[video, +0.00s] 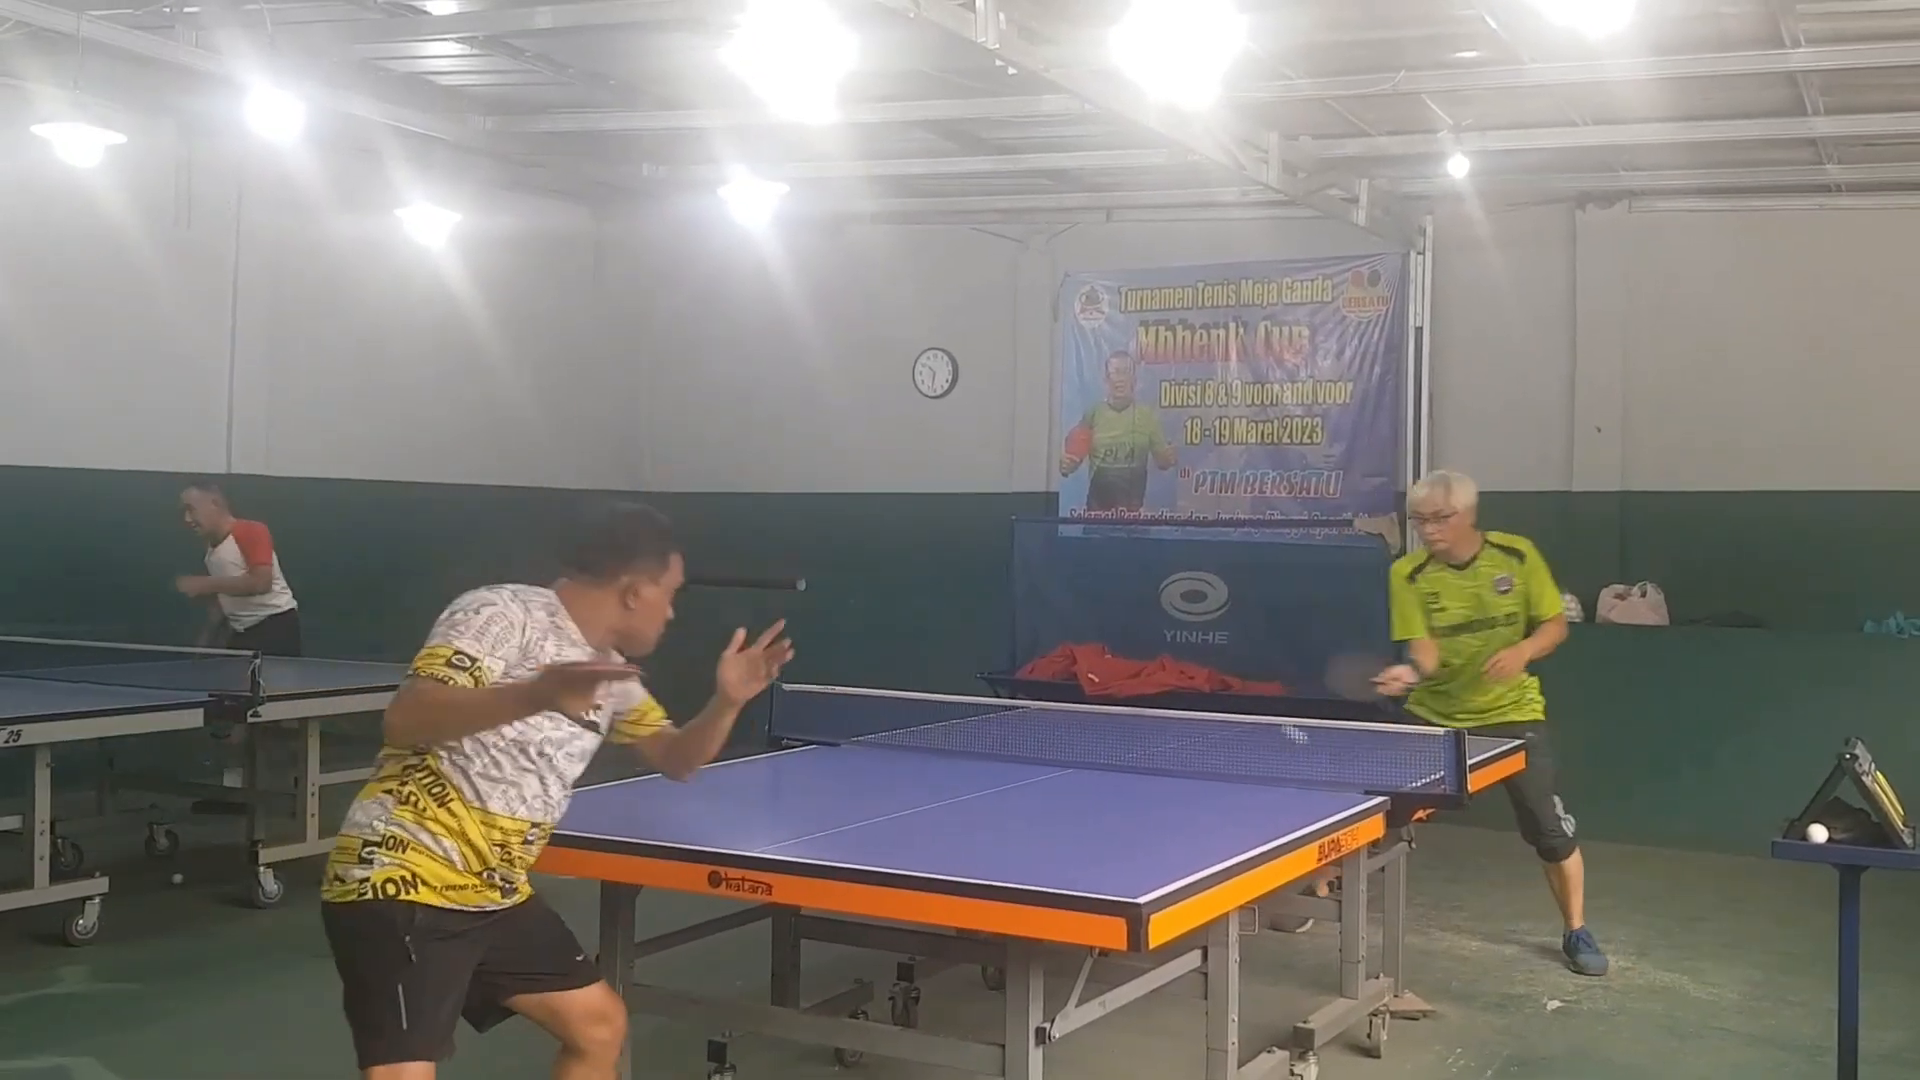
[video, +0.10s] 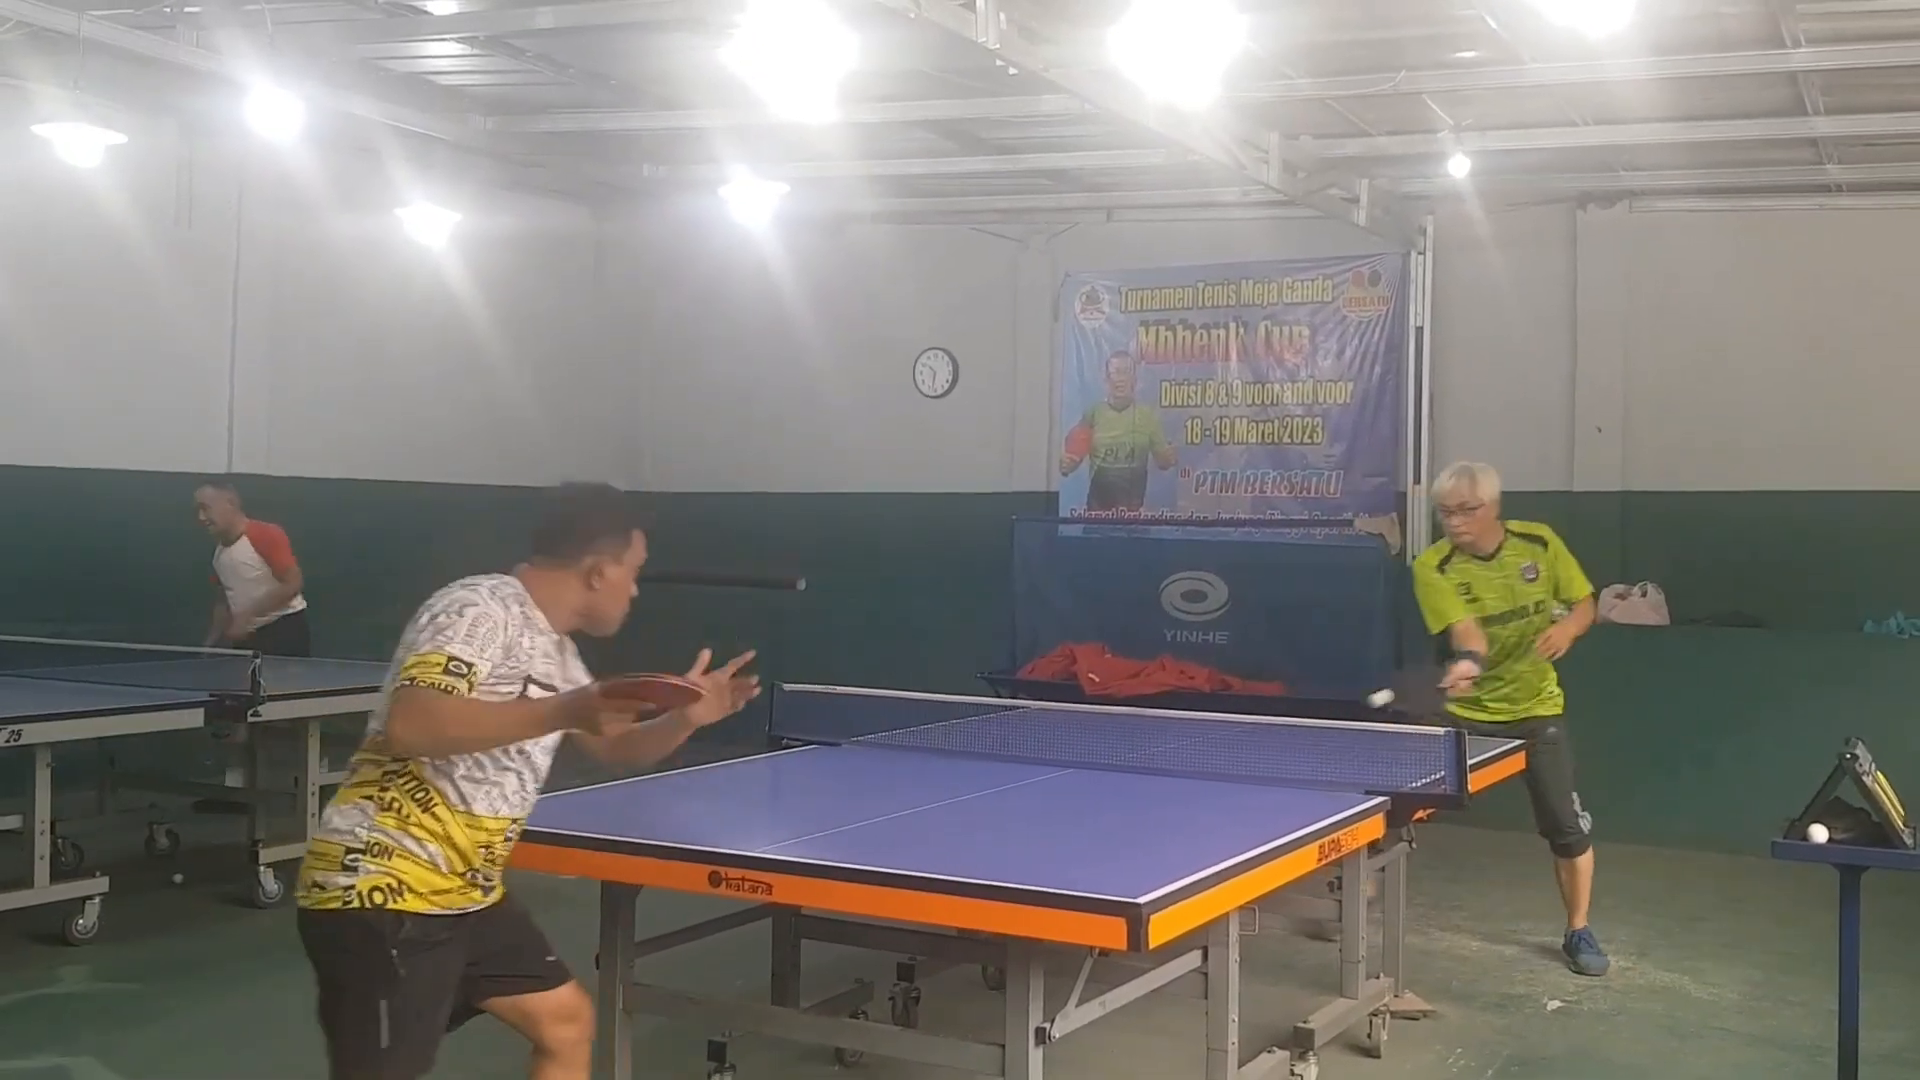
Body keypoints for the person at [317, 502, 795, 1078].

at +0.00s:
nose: (671, 615)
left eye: (674, 600)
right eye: (669, 597)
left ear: (627, 591)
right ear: (630, 589)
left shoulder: (608, 671)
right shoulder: (496, 614)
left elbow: (678, 758)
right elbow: (406, 718)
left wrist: (726, 702)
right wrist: (535, 694)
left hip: (491, 886)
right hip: (398, 877)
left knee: (598, 1025)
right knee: (401, 1076)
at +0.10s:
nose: (636, 591)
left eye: (638, 574)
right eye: (635, 573)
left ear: (591, 573)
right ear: (595, 572)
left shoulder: (560, 656)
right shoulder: (475, 607)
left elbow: (616, 748)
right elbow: (411, 725)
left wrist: (683, 720)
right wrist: (562, 712)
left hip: (463, 890)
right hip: (379, 893)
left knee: (567, 1026)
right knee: (380, 1067)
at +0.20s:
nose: (606, 569)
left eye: (608, 553)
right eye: (604, 551)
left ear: (557, 552)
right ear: (565, 552)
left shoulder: (516, 634)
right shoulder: (452, 601)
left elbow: (555, 739)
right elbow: (409, 731)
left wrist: (643, 716)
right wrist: (568, 723)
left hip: (423, 887)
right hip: (347, 892)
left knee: (521, 1020)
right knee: (353, 1068)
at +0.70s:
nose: (563, 547)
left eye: (563, 530)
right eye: (556, 529)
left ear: (509, 535)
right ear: (505, 533)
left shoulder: (525, 614)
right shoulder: (373, 616)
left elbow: (561, 714)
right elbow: (369, 779)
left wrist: (594, 761)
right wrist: (529, 807)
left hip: (438, 867)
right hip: (330, 870)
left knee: (490, 1026)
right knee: (322, 1067)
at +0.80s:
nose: (551, 567)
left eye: (551, 549)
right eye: (541, 550)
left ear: (489, 559)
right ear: (483, 559)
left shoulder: (531, 619)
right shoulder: (347, 642)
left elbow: (598, 716)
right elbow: (296, 807)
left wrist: (616, 741)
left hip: (450, 868)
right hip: (336, 879)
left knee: (507, 1040)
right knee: (334, 1069)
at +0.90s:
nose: (554, 571)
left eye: (553, 551)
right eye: (539, 553)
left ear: (487, 565)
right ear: (475, 564)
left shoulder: (549, 635)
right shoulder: (352, 654)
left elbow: (617, 720)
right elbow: (252, 779)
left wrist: (636, 747)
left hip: (466, 886)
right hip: (347, 889)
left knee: (514, 1051)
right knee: (344, 1068)